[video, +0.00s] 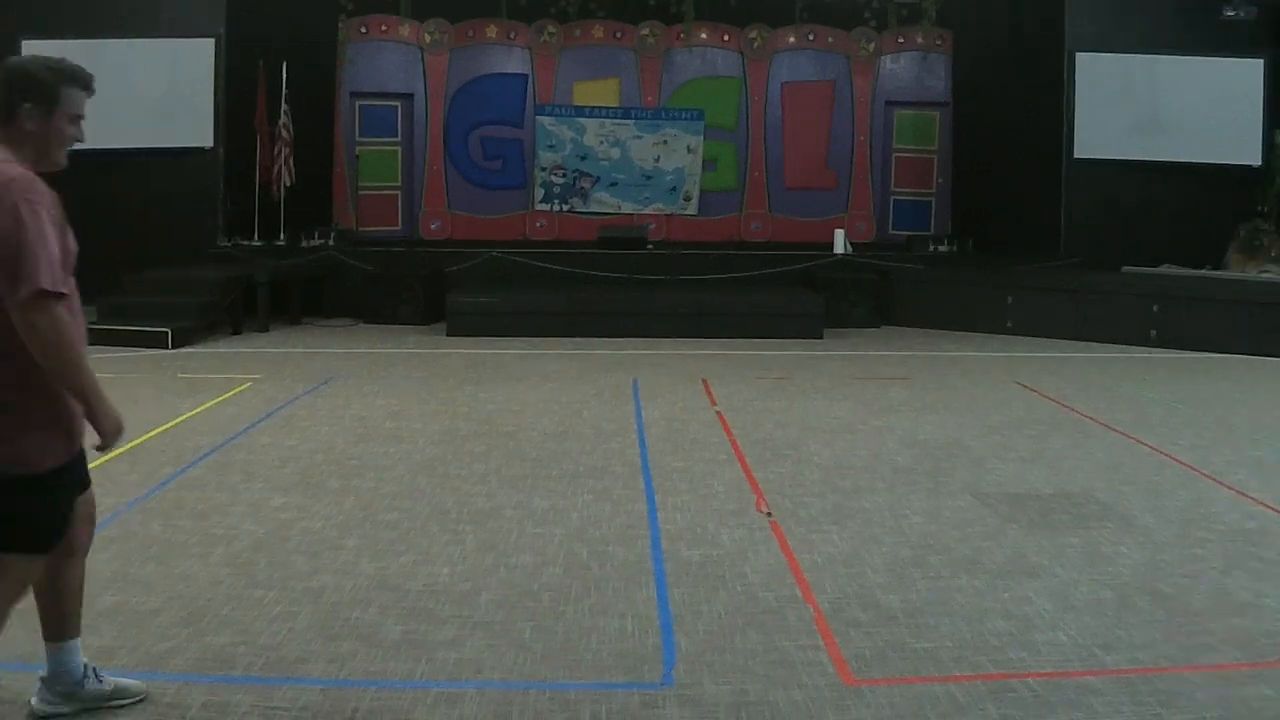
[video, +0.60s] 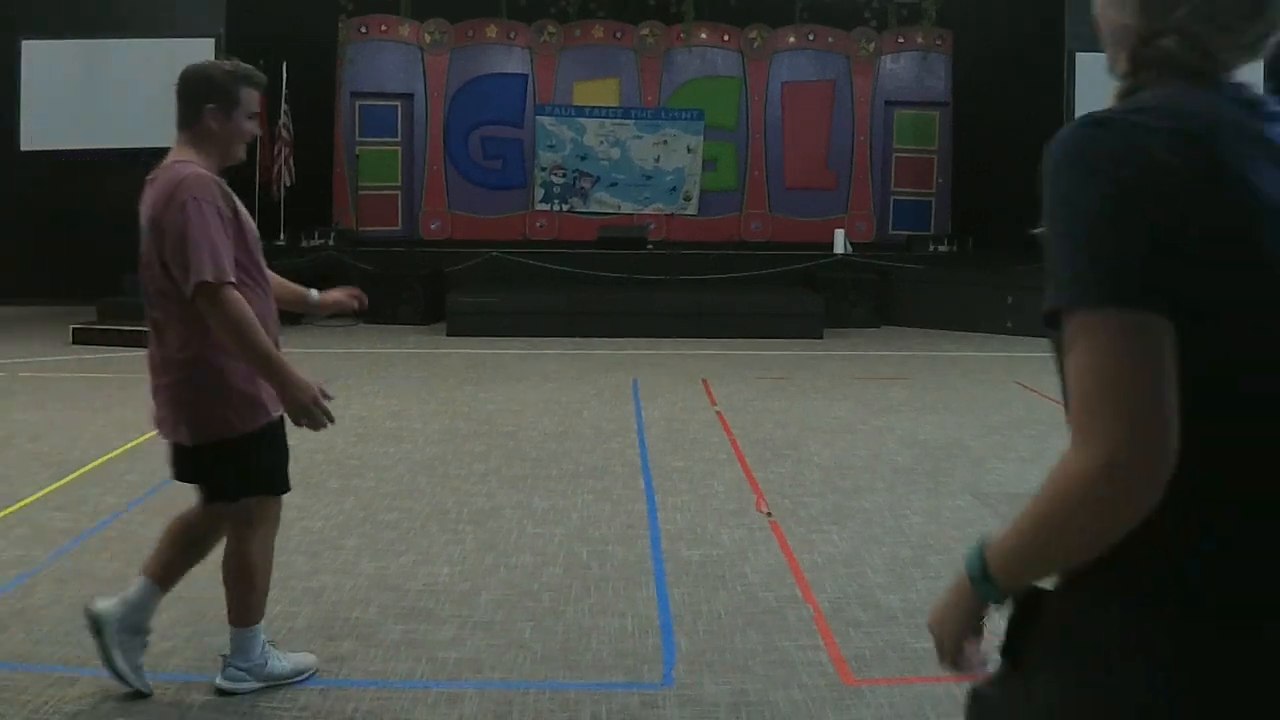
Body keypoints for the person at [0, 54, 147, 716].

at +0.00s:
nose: (79, 133)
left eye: (81, 119)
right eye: (72, 118)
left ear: (29, 118)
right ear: (28, 117)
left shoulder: (17, 184)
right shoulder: (22, 193)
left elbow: (32, 309)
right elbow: (37, 310)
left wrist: (73, 397)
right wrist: (96, 402)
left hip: (35, 412)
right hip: (24, 420)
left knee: (75, 520)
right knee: (21, 554)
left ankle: (66, 677)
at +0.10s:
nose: (112, 136)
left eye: (114, 122)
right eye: (105, 121)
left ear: (55, 121)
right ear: (64, 120)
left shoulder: (16, 183)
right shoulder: (66, 203)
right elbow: (88, 323)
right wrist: (131, 426)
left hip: (28, 404)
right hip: (64, 411)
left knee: (73, 546)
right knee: (86, 563)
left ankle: (68, 678)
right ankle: (9, 667)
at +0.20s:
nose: (140, 136)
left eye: (143, 122)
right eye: (135, 122)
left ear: (81, 119)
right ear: (96, 118)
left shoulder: (18, 187)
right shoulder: (101, 196)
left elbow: (15, 310)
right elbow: (121, 317)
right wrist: (172, 414)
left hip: (37, 403)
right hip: (97, 406)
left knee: (85, 524)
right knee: (152, 539)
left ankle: (70, 671)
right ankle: (48, 662)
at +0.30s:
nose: (169, 129)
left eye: (171, 116)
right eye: (161, 115)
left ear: (113, 113)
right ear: (124, 112)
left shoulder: (57, 174)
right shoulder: (121, 184)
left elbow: (54, 297)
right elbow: (150, 299)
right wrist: (217, 384)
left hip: (68, 396)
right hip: (132, 397)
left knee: (92, 516)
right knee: (190, 513)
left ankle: (69, 670)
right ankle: (136, 669)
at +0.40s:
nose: (195, 120)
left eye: (197, 107)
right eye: (188, 107)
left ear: (142, 106)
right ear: (151, 104)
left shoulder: (101, 166)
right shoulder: (143, 172)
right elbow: (165, 284)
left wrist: (235, 290)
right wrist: (248, 353)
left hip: (102, 384)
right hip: (165, 389)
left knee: (109, 510)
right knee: (201, 515)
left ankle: (76, 661)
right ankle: (226, 659)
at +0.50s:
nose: (226, 124)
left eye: (227, 111)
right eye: (219, 111)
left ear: (174, 111)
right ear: (180, 109)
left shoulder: (142, 168)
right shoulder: (167, 178)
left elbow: (206, 255)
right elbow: (193, 282)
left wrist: (284, 277)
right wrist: (271, 353)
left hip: (146, 385)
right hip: (198, 390)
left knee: (151, 509)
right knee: (229, 516)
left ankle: (87, 646)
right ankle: (244, 657)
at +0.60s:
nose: (257, 130)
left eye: (258, 117)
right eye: (250, 116)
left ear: (207, 118)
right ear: (212, 116)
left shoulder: (187, 180)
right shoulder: (192, 188)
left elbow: (240, 274)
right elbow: (217, 294)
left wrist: (314, 299)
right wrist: (286, 377)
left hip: (204, 385)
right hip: (228, 387)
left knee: (223, 504)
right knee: (259, 508)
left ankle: (129, 615)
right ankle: (247, 656)